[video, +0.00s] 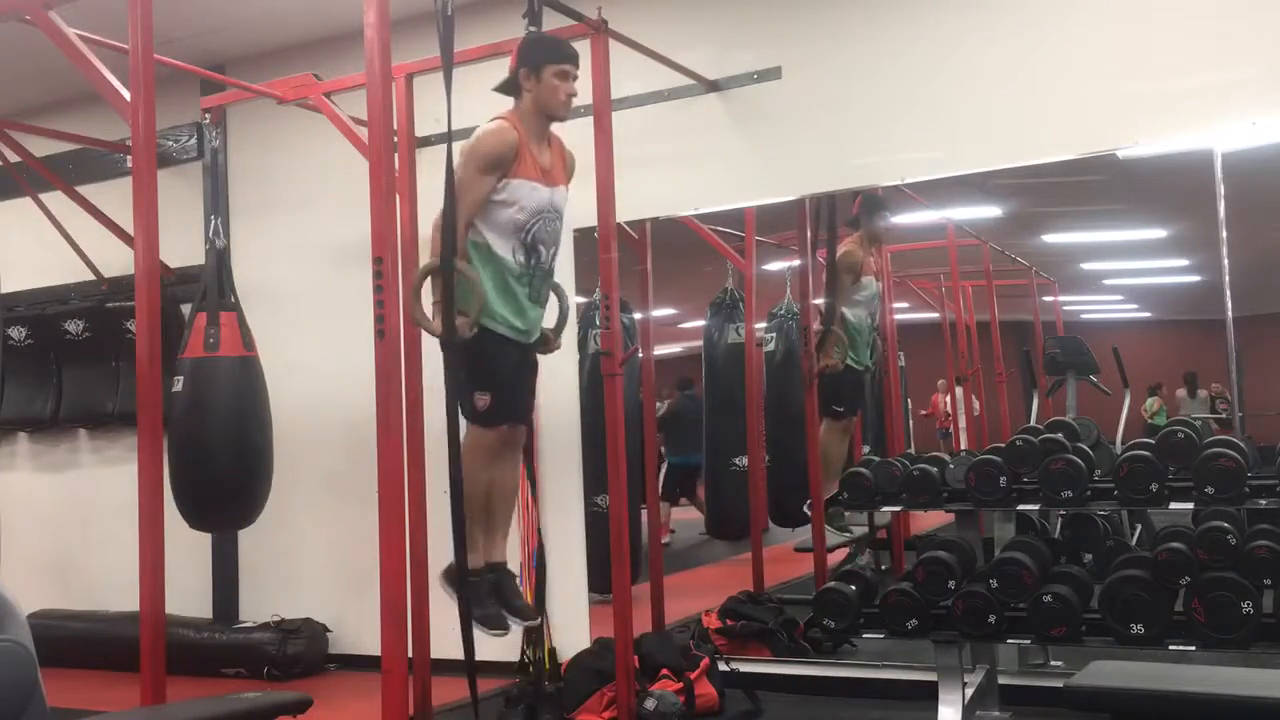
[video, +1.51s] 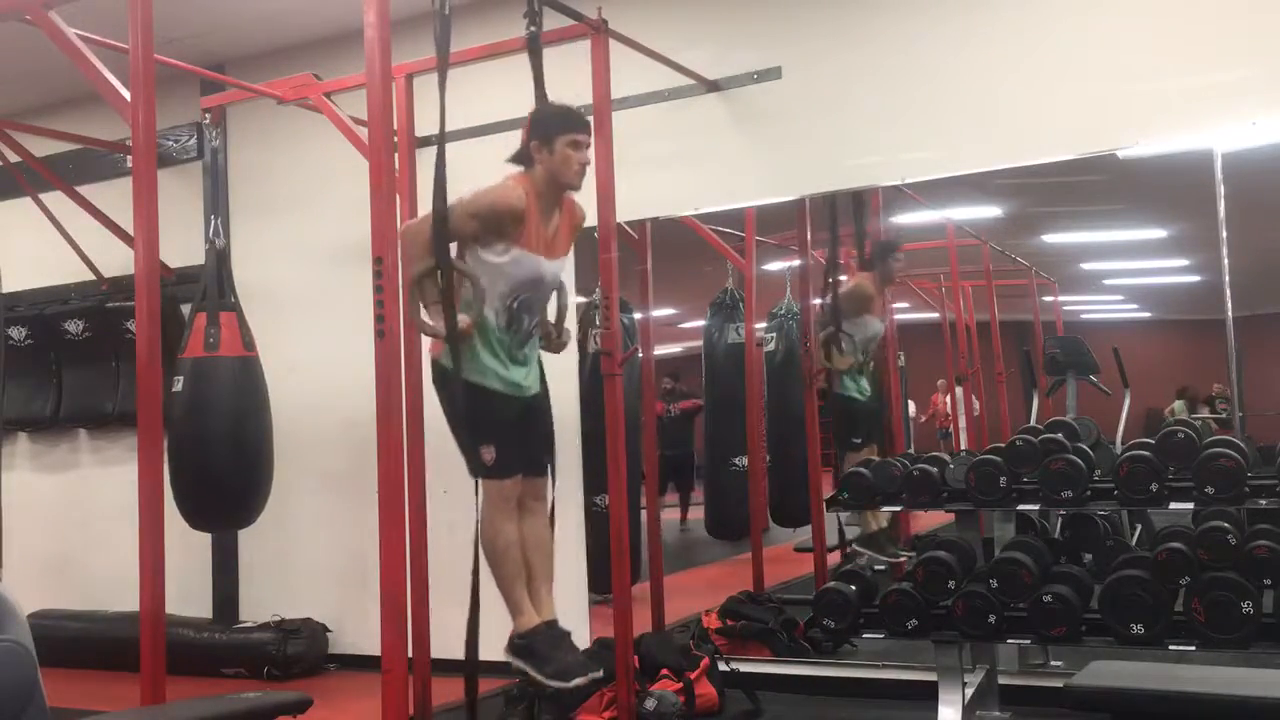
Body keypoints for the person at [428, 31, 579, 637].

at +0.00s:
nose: (572, 88)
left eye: (574, 79)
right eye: (562, 77)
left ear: (565, 86)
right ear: (527, 79)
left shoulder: (561, 155)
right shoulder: (497, 139)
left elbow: (537, 245)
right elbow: (447, 226)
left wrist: (550, 311)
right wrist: (447, 307)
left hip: (522, 319)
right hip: (481, 315)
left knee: (511, 437)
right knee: (487, 433)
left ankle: (497, 565)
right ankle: (467, 567)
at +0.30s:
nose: (563, 87)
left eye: (566, 78)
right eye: (552, 77)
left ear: (560, 85)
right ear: (518, 80)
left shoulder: (554, 155)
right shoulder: (491, 140)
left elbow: (542, 245)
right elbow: (455, 224)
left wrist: (549, 315)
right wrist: (442, 303)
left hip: (524, 315)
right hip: (479, 310)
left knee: (530, 431)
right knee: (504, 428)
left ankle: (546, 558)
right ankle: (519, 562)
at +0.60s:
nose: (565, 82)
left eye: (567, 73)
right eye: (553, 71)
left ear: (564, 82)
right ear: (518, 76)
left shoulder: (558, 152)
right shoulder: (496, 135)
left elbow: (556, 242)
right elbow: (466, 220)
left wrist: (562, 315)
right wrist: (451, 298)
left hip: (536, 309)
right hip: (486, 304)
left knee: (551, 427)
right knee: (523, 424)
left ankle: (579, 555)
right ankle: (559, 558)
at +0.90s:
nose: (575, 79)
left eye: (577, 70)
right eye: (563, 68)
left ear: (575, 78)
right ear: (528, 72)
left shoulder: (572, 149)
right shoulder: (505, 134)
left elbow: (573, 240)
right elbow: (479, 216)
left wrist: (585, 313)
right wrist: (468, 292)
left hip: (547, 313)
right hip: (499, 309)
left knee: (556, 432)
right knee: (526, 428)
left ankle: (573, 561)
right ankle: (552, 565)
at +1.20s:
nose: (588, 92)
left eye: (590, 82)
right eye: (576, 82)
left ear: (584, 92)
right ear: (540, 87)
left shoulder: (579, 162)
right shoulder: (510, 146)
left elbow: (555, 246)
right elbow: (460, 227)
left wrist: (568, 317)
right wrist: (461, 300)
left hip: (539, 317)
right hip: (490, 314)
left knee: (546, 442)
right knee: (515, 437)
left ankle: (557, 574)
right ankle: (533, 578)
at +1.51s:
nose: (583, 159)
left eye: (587, 149)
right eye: (572, 147)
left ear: (585, 156)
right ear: (537, 148)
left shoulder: (570, 216)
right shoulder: (503, 202)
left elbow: (529, 278)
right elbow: (411, 242)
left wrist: (548, 325)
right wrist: (441, 317)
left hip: (523, 359)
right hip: (474, 361)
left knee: (534, 492)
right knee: (502, 492)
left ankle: (546, 626)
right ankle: (525, 632)